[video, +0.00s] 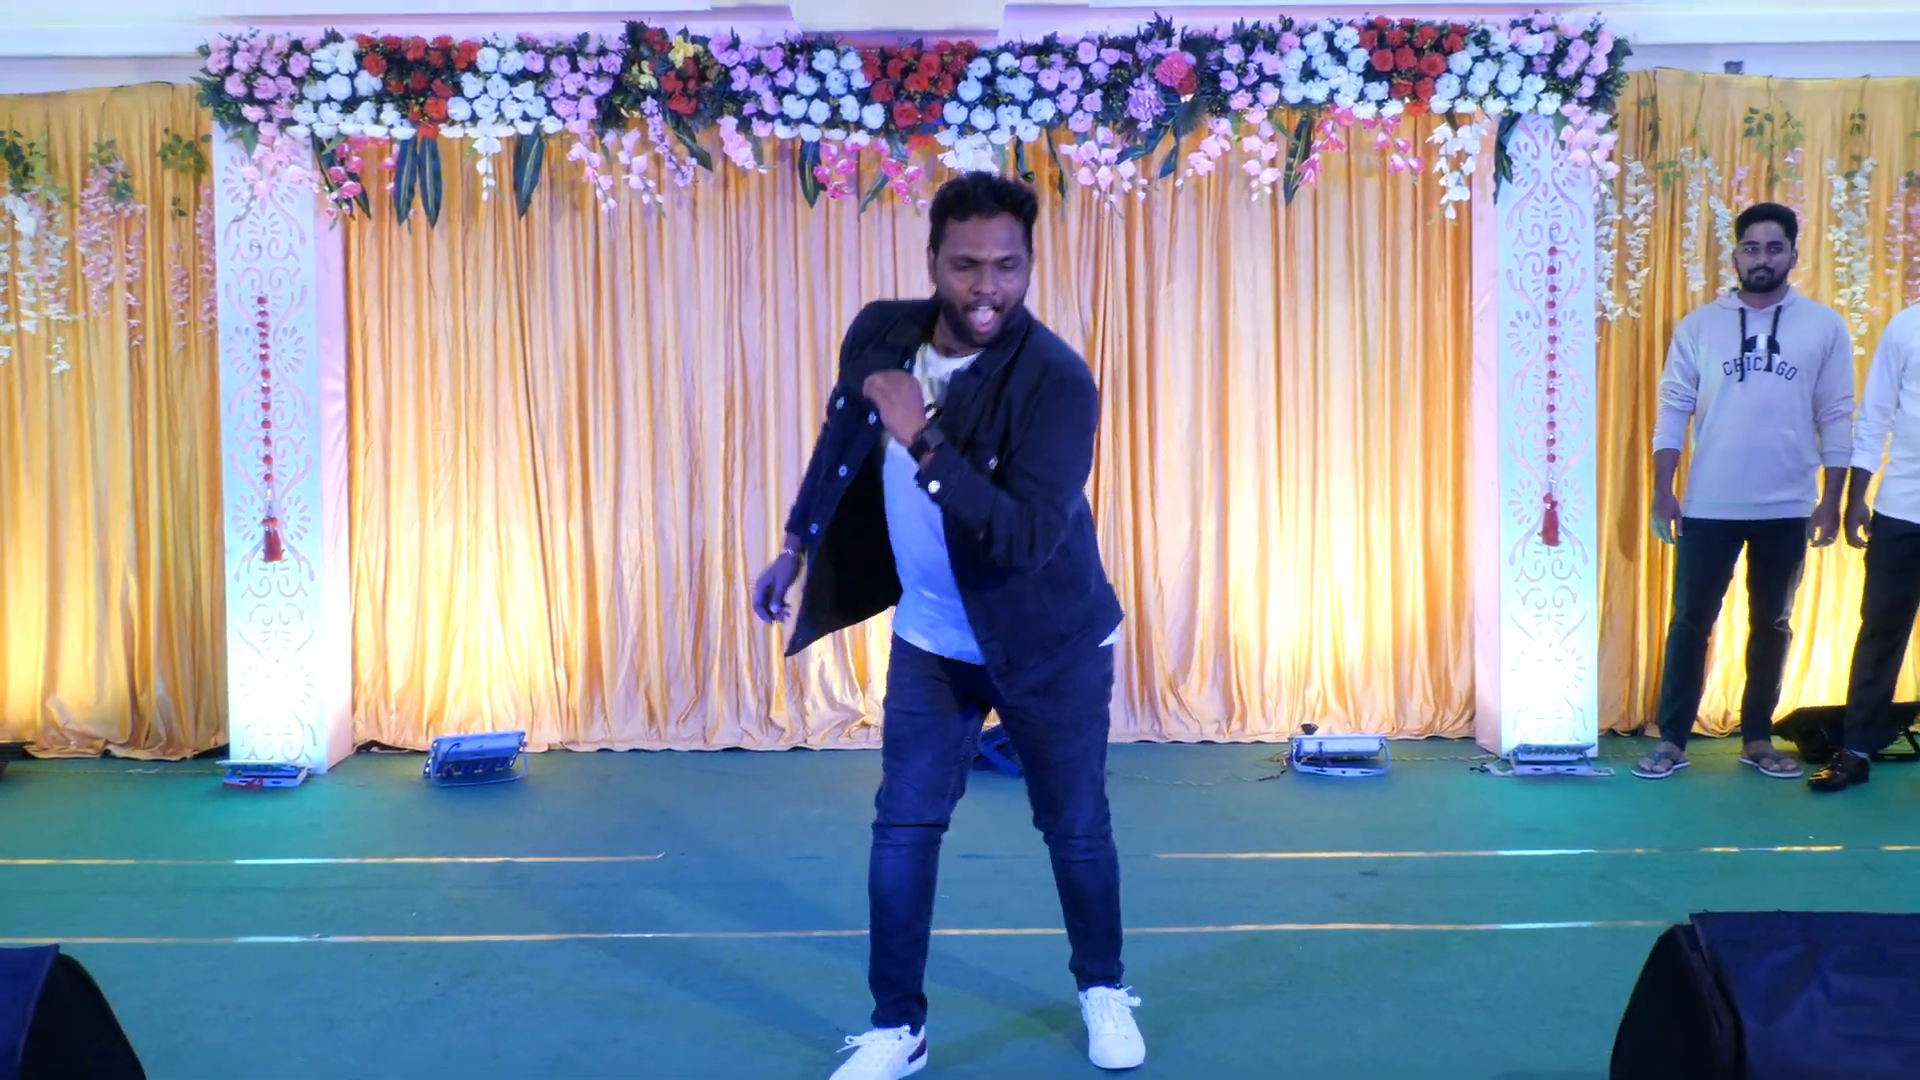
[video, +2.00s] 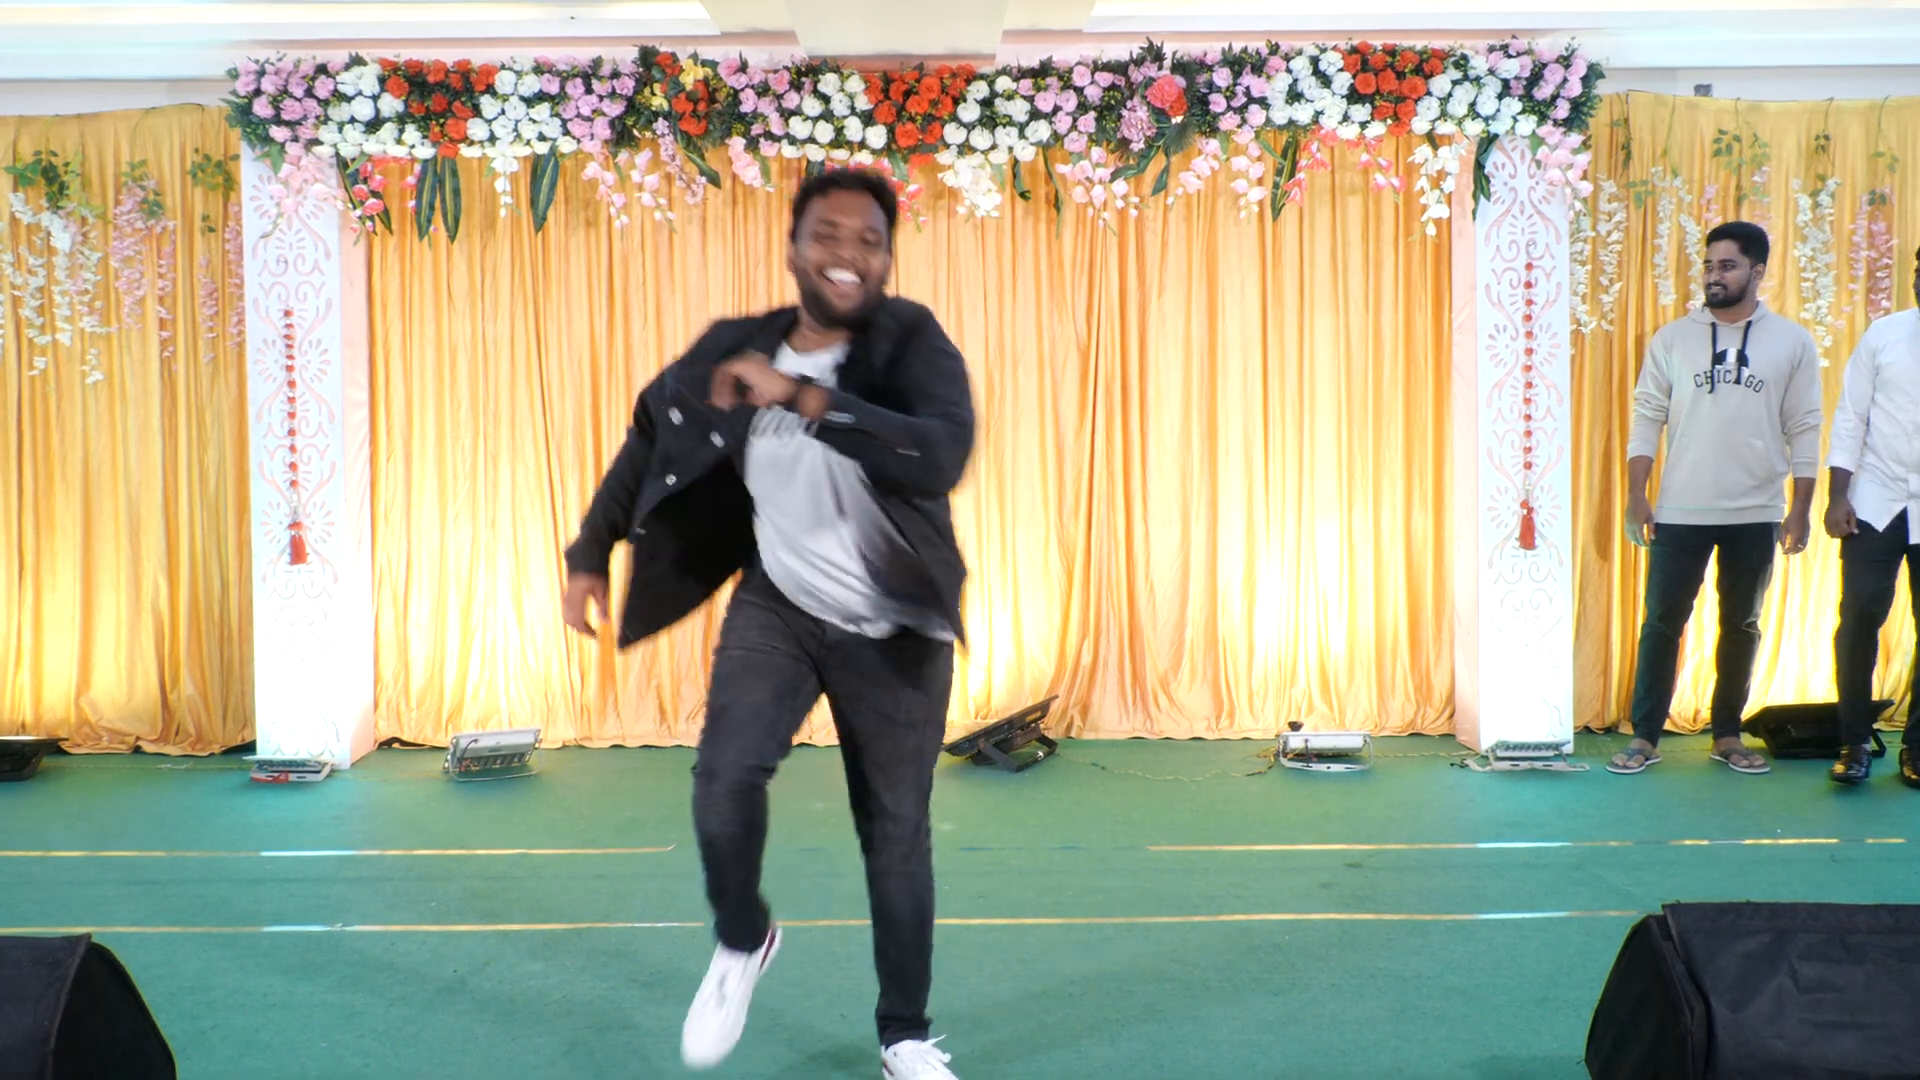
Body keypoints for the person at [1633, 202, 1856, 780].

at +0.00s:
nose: (1761, 257)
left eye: (1773, 248)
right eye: (1750, 247)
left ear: (1793, 256)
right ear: (1735, 255)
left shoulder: (1823, 326)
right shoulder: (1699, 325)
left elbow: (1836, 415)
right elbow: (1674, 407)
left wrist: (1832, 497)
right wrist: (1663, 485)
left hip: (1785, 504)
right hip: (1710, 501)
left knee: (1772, 627)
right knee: (1690, 622)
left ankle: (1757, 741)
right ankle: (1672, 741)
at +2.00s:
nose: (1714, 275)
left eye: (1727, 266)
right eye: (1709, 266)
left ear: (1757, 272)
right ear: (1703, 270)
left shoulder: (1791, 342)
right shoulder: (1672, 339)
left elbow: (1804, 427)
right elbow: (1647, 416)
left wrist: (1800, 507)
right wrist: (1636, 491)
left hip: (1754, 511)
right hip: (1681, 509)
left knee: (1741, 629)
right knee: (1661, 623)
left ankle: (1727, 737)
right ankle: (1644, 737)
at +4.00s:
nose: (1672, 308)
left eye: (1683, 296)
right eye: (1661, 296)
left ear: (1703, 295)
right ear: (1646, 296)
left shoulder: (1739, 341)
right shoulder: (1616, 351)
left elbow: (1783, 377)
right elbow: (1583, 396)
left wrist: (1754, 452)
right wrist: (1599, 461)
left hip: (1713, 499)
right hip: (1641, 501)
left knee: (1726, 618)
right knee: (1640, 616)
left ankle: (1727, 740)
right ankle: (1649, 736)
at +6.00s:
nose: (1661, 270)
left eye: (1674, 260)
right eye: (1653, 260)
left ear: (1700, 264)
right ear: (1643, 266)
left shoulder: (1735, 330)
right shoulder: (1615, 335)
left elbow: (1755, 412)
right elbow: (1593, 415)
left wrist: (1735, 487)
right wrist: (1605, 492)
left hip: (1709, 503)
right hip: (1638, 505)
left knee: (1723, 616)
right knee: (1644, 614)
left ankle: (1726, 738)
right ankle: (1653, 731)